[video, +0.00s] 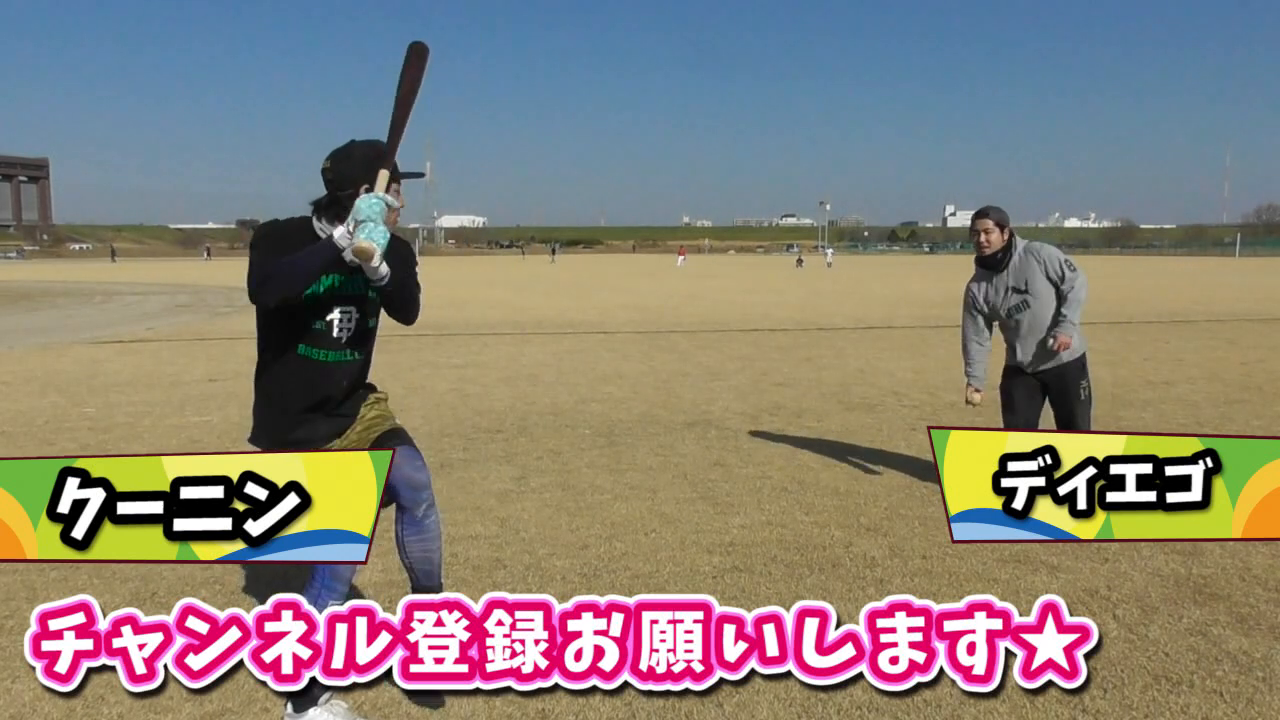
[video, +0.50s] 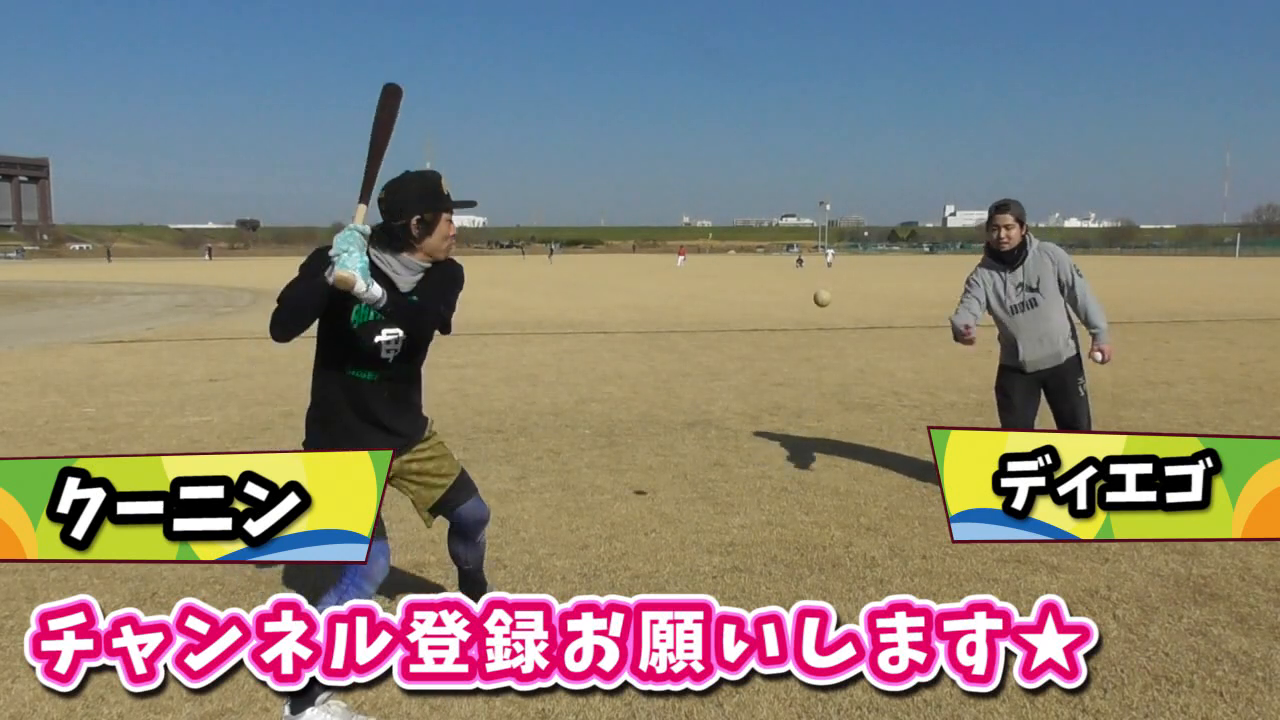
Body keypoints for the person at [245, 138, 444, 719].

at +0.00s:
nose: (396, 199)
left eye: (396, 189)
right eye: (388, 189)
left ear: (377, 193)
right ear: (355, 193)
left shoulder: (390, 246)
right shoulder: (281, 237)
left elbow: (407, 311)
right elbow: (266, 291)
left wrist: (375, 265)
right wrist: (343, 242)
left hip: (357, 407)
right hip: (295, 421)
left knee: (413, 479)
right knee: (343, 543)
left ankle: (431, 620)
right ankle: (306, 694)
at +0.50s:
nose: (455, 226)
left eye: (453, 216)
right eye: (446, 218)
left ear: (420, 225)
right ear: (416, 226)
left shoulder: (445, 274)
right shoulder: (338, 259)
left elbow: (417, 331)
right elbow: (281, 328)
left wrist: (363, 289)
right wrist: (331, 269)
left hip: (406, 428)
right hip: (343, 437)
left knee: (471, 514)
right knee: (369, 564)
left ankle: (475, 605)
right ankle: (305, 694)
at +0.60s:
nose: (478, 242)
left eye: (475, 233)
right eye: (469, 235)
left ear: (440, 243)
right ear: (440, 245)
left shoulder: (458, 287)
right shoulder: (369, 304)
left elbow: (469, 338)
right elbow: (380, 392)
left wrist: (442, 336)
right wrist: (417, 352)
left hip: (417, 449)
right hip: (371, 462)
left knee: (470, 512)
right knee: (408, 578)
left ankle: (469, 613)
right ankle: (311, 692)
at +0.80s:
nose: (484, 233)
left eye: (483, 224)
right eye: (482, 226)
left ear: (428, 222)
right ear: (467, 232)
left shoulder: (385, 256)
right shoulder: (466, 296)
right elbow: (506, 315)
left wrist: (459, 256)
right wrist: (483, 274)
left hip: (370, 426)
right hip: (424, 444)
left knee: (446, 511)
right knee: (434, 569)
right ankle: (348, 670)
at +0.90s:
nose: (496, 214)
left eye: (494, 206)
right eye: (494, 208)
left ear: (438, 208)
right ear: (483, 217)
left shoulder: (397, 256)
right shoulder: (500, 264)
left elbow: (381, 274)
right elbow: (450, 243)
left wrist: (398, 224)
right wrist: (400, 211)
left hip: (395, 420)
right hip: (457, 426)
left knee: (427, 521)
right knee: (438, 563)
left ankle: (458, 590)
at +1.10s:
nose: (485, 207)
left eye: (476, 198)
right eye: (484, 200)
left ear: (424, 203)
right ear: (478, 208)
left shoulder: (390, 254)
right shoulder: (493, 256)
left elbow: (305, 215)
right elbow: (444, 257)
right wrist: (394, 236)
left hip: (402, 435)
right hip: (464, 439)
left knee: (442, 549)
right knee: (444, 570)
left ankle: (479, 636)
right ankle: (393, 693)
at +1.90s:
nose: (497, 213)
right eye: (496, 206)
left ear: (442, 202)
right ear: (492, 213)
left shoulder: (401, 250)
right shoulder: (508, 273)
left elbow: (334, 243)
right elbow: (512, 328)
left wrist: (274, 215)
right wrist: (466, 290)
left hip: (401, 423)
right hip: (463, 432)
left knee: (436, 543)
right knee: (438, 564)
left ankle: (470, 621)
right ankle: (394, 690)